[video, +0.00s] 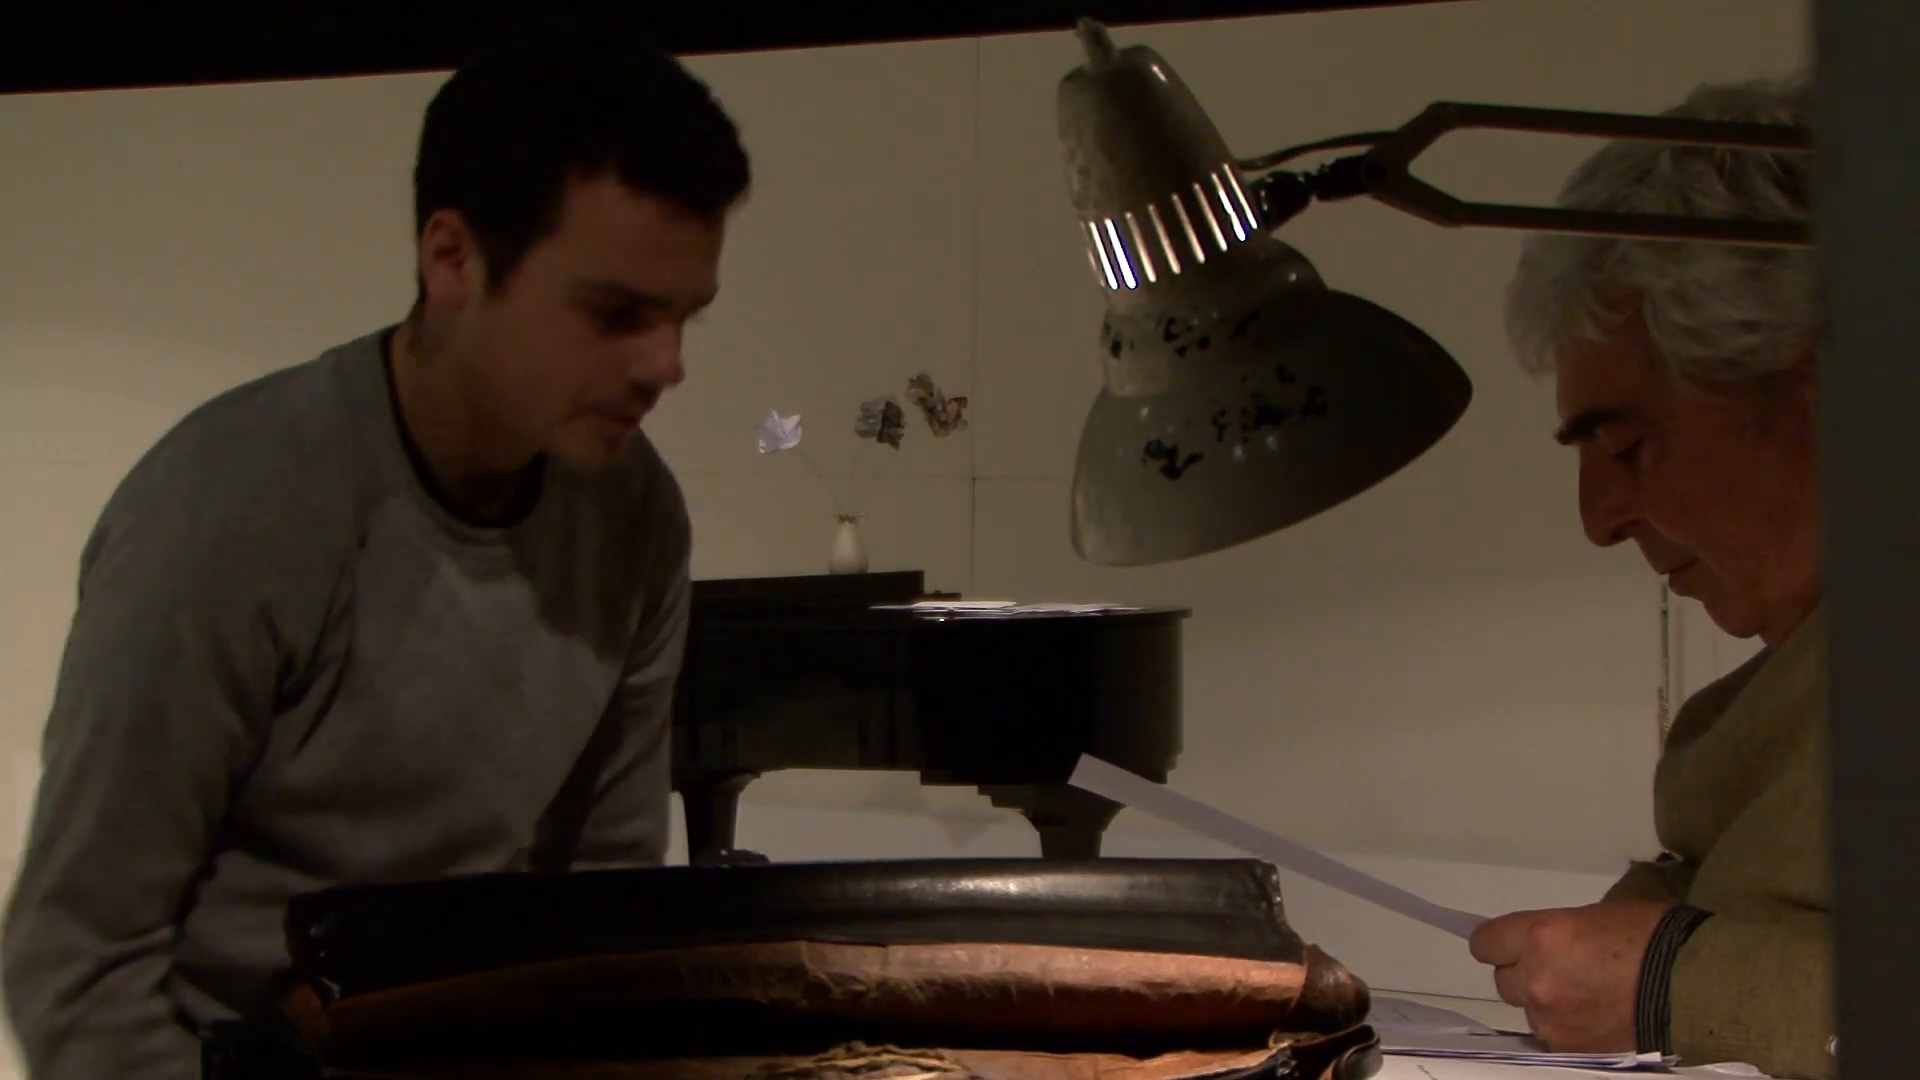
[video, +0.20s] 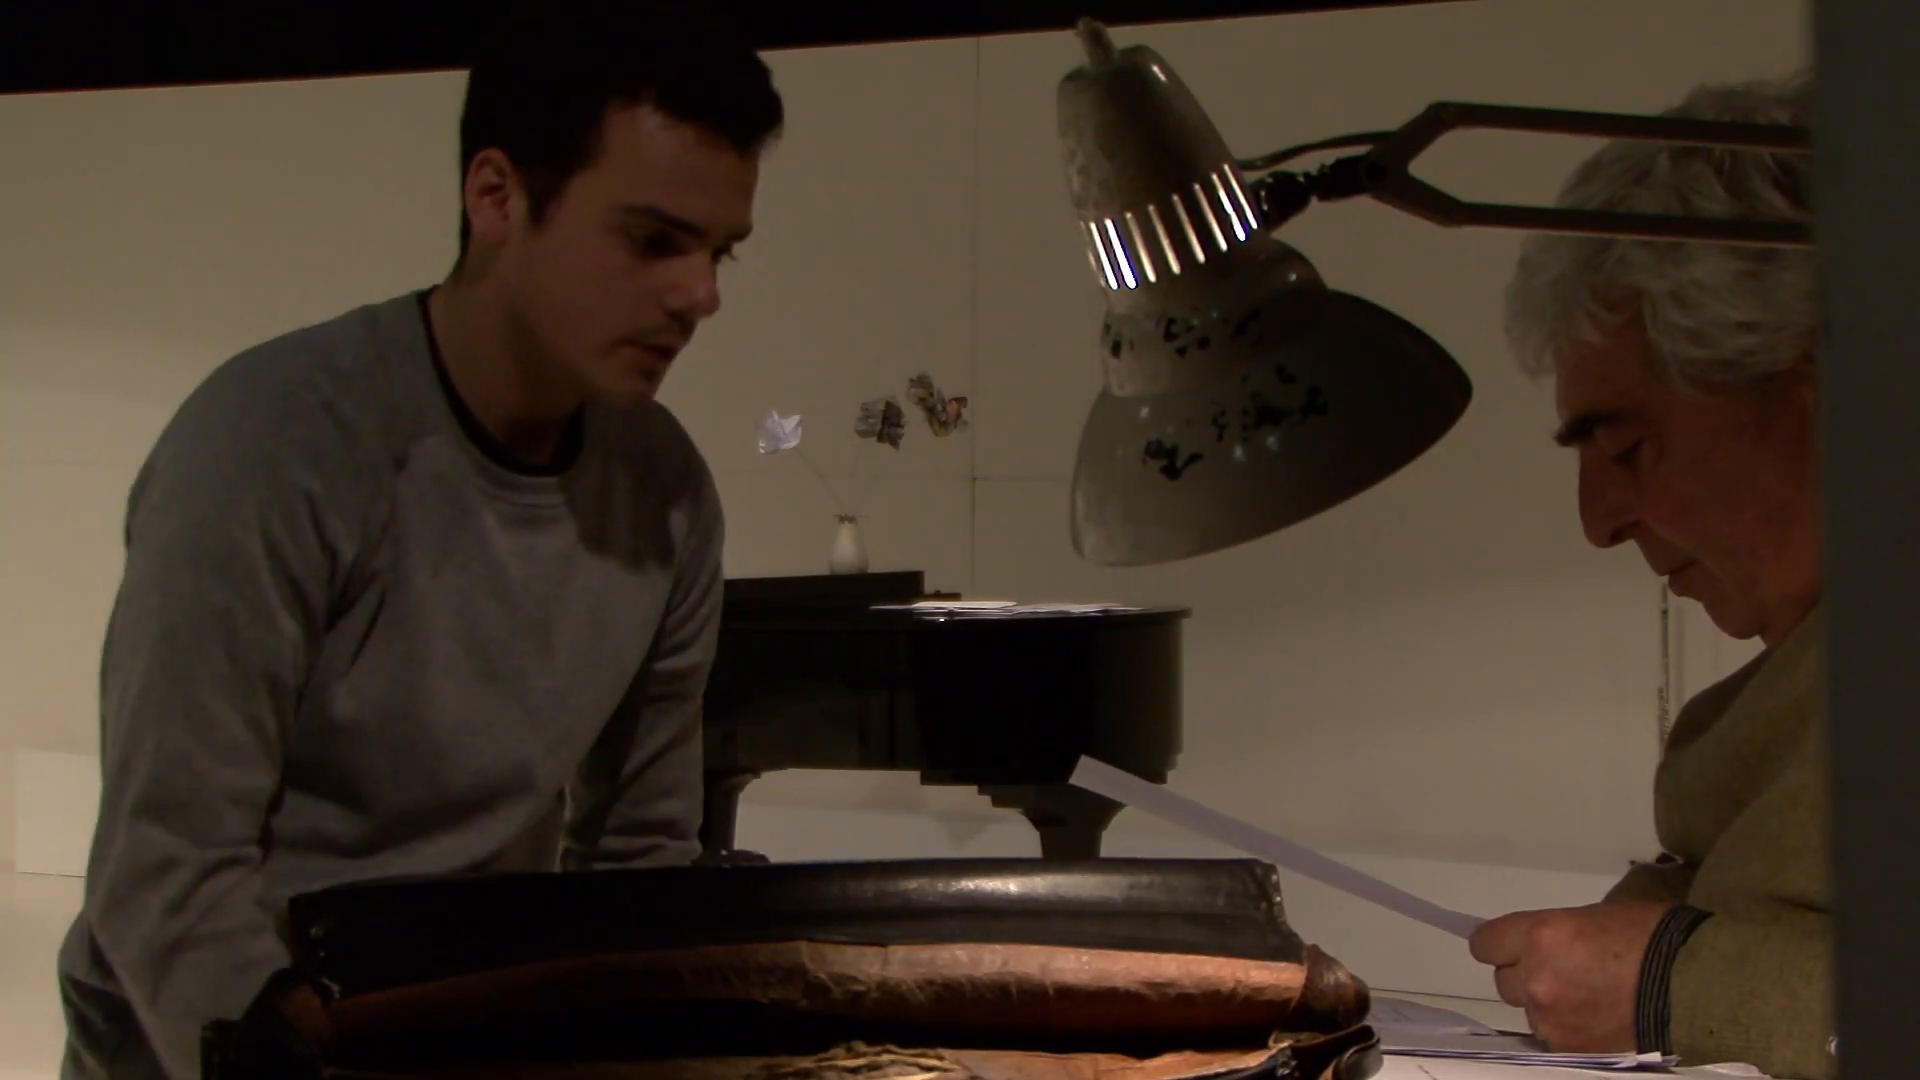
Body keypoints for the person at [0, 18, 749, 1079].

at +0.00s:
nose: (666, 370)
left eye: (685, 319)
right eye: (620, 313)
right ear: (452, 262)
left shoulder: (633, 515)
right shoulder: (227, 505)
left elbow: (617, 874)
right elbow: (76, 966)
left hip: (488, 1043)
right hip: (222, 1044)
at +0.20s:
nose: (700, 296)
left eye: (719, 255)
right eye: (656, 242)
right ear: (497, 200)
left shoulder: (663, 488)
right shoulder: (270, 439)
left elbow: (647, 839)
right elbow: (170, 879)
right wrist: (318, 1064)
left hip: (503, 1012)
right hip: (229, 1013)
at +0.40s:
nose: (723, 283)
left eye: (742, 242)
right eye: (679, 226)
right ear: (522, 190)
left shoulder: (666, 489)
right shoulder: (293, 421)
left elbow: (614, 810)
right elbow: (190, 837)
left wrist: (618, 1010)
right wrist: (361, 1041)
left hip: (498, 1022)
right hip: (208, 1026)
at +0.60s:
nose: (713, 271)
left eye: (730, 229)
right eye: (666, 214)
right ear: (509, 186)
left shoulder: (652, 475)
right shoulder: (292, 426)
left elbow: (580, 801)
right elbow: (226, 861)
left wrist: (579, 1016)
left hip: (488, 1024)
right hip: (210, 1033)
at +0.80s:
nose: (685, 259)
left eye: (700, 214)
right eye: (634, 203)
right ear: (477, 186)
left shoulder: (627, 447)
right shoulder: (278, 430)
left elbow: (577, 773)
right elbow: (239, 887)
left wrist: (597, 994)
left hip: (506, 1005)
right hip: (239, 1034)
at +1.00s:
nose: (656, 242)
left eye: (665, 196)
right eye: (600, 189)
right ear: (439, 185)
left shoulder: (608, 430)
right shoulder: (259, 441)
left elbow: (551, 768)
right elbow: (230, 903)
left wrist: (578, 977)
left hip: (518, 986)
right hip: (271, 1022)